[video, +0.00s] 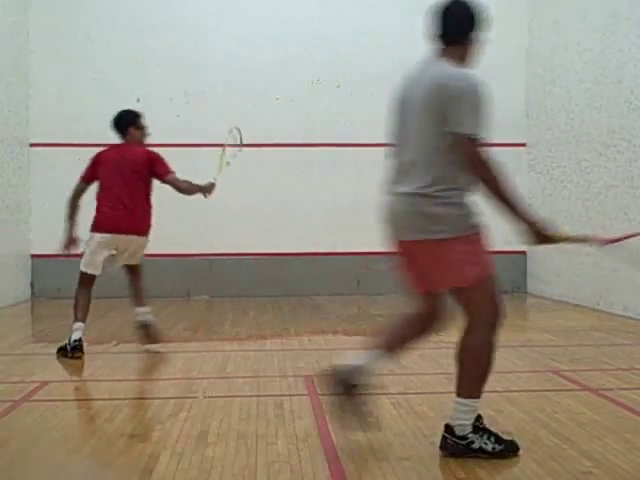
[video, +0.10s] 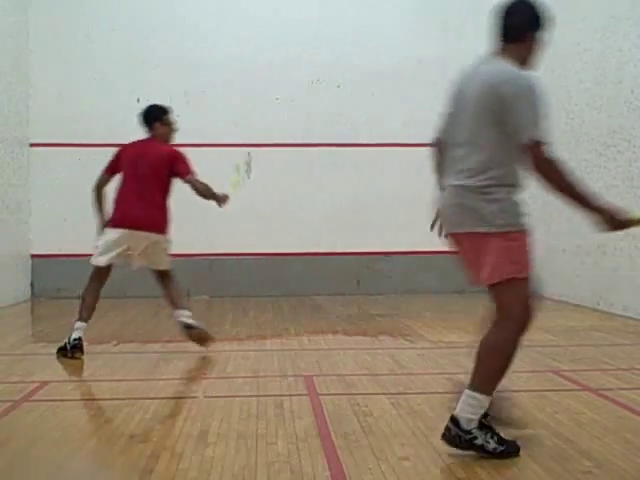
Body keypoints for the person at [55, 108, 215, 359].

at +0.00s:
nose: (146, 132)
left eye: (144, 127)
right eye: (142, 128)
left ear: (123, 132)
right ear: (131, 130)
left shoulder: (103, 156)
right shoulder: (148, 156)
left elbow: (76, 195)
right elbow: (177, 184)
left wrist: (70, 231)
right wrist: (202, 189)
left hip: (105, 230)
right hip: (137, 232)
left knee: (85, 282)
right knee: (134, 268)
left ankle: (76, 337)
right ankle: (143, 315)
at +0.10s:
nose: (173, 128)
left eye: (172, 123)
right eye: (169, 123)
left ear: (150, 127)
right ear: (157, 126)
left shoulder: (127, 150)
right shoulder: (170, 154)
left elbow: (99, 185)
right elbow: (194, 183)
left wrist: (102, 218)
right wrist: (216, 197)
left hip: (121, 224)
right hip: (154, 228)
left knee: (97, 278)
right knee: (166, 276)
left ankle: (76, 336)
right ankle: (184, 317)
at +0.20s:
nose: (202, 123)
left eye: (201, 118)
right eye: (197, 119)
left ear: (179, 122)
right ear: (184, 121)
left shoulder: (156, 146)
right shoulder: (199, 150)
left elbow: (126, 180)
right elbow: (216, 187)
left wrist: (131, 212)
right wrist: (231, 212)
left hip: (150, 221)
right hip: (183, 224)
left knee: (118, 276)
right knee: (196, 281)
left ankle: (83, 328)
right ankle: (209, 337)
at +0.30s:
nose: (227, 115)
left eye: (226, 110)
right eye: (222, 110)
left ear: (203, 113)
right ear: (209, 112)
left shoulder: (182, 137)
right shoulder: (222, 141)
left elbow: (153, 172)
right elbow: (228, 180)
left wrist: (155, 207)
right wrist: (240, 210)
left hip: (176, 214)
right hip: (207, 218)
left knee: (152, 269)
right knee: (211, 278)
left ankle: (128, 323)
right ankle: (210, 333)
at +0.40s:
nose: (247, 102)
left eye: (247, 96)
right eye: (243, 97)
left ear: (224, 99)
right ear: (229, 98)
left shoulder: (202, 123)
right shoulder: (242, 127)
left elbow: (176, 160)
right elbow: (240, 165)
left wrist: (179, 198)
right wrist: (250, 200)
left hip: (199, 202)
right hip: (228, 205)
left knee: (191, 262)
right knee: (231, 264)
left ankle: (186, 324)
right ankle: (223, 322)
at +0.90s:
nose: (341, 101)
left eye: (340, 96)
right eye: (338, 96)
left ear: (317, 101)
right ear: (328, 99)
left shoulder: (300, 129)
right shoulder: (341, 126)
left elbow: (286, 170)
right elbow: (348, 166)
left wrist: (293, 202)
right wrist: (363, 204)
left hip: (303, 202)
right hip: (335, 202)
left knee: (304, 261)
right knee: (351, 257)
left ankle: (298, 319)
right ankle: (347, 311)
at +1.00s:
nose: (362, 116)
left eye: (360, 112)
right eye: (359, 112)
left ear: (339, 115)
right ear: (353, 114)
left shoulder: (321, 141)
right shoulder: (358, 142)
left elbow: (308, 182)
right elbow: (371, 185)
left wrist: (322, 206)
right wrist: (388, 220)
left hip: (319, 216)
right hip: (347, 216)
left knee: (315, 273)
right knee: (378, 262)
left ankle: (305, 331)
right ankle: (391, 321)